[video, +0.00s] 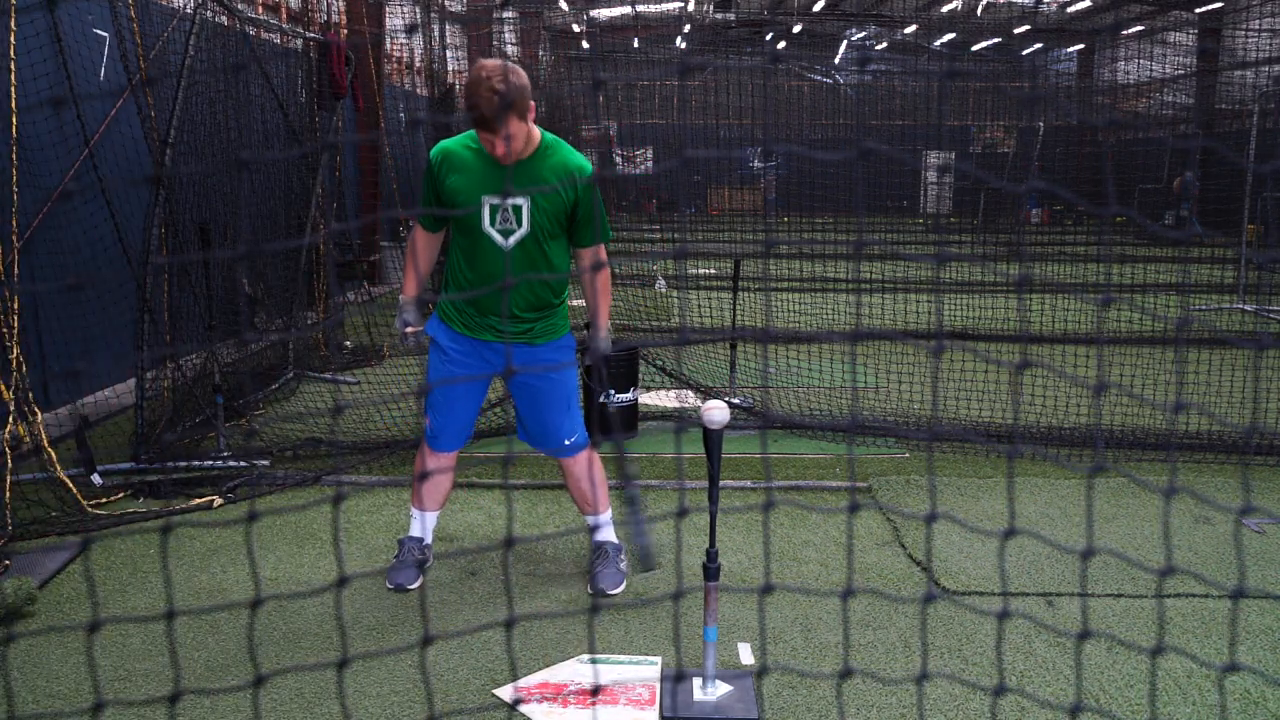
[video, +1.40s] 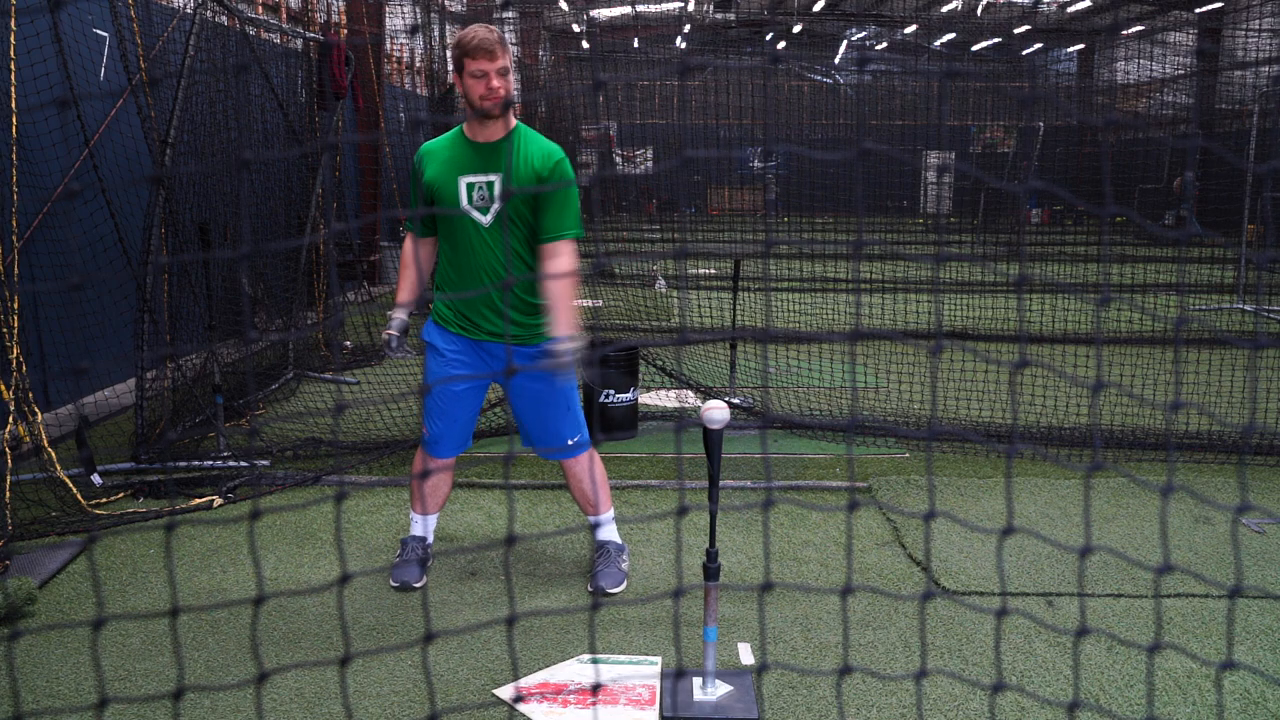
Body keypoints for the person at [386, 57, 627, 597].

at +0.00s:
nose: (499, 147)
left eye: (508, 135)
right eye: (487, 136)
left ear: (531, 112)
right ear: (473, 121)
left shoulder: (572, 172)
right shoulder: (447, 162)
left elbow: (594, 261)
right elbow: (427, 231)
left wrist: (601, 339)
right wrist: (409, 300)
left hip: (543, 336)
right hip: (460, 331)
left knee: (571, 445)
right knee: (438, 444)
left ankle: (605, 541)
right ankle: (417, 541)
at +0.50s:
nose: (491, 127)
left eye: (500, 113)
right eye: (479, 117)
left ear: (518, 94)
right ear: (461, 106)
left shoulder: (563, 157)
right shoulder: (440, 160)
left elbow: (606, 231)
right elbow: (419, 238)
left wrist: (651, 295)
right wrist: (401, 309)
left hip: (544, 330)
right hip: (462, 330)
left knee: (573, 442)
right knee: (440, 443)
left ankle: (606, 543)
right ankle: (419, 539)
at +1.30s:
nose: (487, 88)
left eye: (495, 75)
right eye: (475, 78)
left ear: (509, 75)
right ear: (456, 83)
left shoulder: (550, 156)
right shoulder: (433, 160)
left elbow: (597, 239)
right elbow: (419, 243)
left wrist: (645, 309)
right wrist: (399, 315)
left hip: (539, 332)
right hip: (458, 333)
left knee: (571, 444)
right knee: (437, 445)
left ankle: (608, 541)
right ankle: (418, 539)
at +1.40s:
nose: (492, 85)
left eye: (500, 74)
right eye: (479, 76)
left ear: (513, 78)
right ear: (458, 82)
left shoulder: (545, 160)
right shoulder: (431, 159)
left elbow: (559, 259)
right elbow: (420, 241)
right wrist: (401, 313)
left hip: (534, 335)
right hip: (455, 334)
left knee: (570, 444)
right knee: (437, 446)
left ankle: (608, 541)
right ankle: (418, 540)